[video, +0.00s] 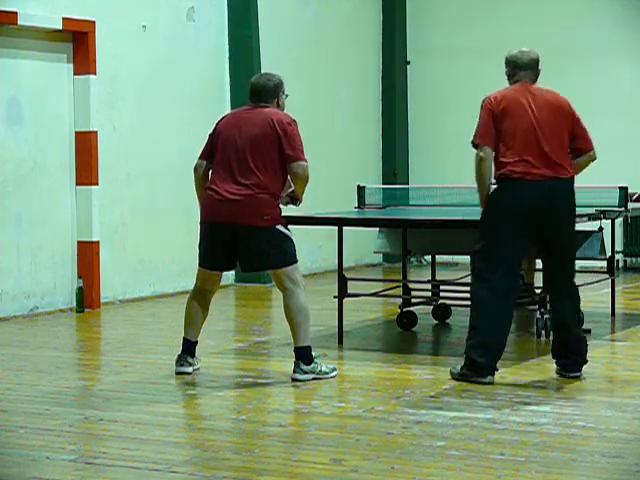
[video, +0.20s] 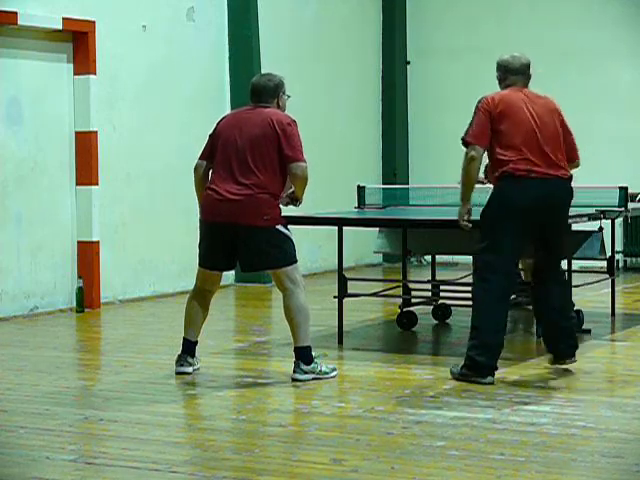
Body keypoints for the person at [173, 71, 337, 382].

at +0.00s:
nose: (286, 102)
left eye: (285, 98)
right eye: (285, 98)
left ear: (250, 98)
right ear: (278, 99)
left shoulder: (226, 121)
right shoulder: (283, 122)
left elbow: (201, 168)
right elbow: (299, 171)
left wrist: (207, 207)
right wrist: (297, 193)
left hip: (216, 216)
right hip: (261, 216)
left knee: (203, 288)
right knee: (292, 285)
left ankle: (186, 355)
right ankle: (304, 361)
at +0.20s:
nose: (287, 103)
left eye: (286, 98)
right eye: (286, 98)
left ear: (252, 98)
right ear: (278, 99)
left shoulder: (227, 121)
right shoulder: (283, 122)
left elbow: (201, 169)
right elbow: (299, 171)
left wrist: (206, 205)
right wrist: (297, 194)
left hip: (215, 215)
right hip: (260, 215)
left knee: (203, 288)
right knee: (292, 285)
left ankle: (186, 355)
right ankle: (304, 361)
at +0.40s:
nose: (288, 102)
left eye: (288, 97)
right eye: (287, 98)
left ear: (254, 98)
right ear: (278, 99)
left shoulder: (228, 121)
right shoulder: (283, 122)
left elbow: (201, 168)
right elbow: (299, 172)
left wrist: (209, 203)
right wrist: (297, 194)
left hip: (216, 215)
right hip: (261, 215)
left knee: (203, 288)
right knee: (292, 286)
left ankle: (186, 356)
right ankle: (304, 361)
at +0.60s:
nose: (290, 103)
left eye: (289, 98)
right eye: (288, 98)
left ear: (256, 99)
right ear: (278, 99)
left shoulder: (228, 121)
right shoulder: (284, 122)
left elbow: (202, 168)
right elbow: (298, 172)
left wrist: (210, 202)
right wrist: (297, 194)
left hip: (215, 214)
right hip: (260, 214)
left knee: (203, 288)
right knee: (291, 286)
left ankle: (186, 356)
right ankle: (304, 361)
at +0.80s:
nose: (290, 103)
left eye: (290, 98)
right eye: (288, 98)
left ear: (256, 99)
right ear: (279, 99)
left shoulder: (229, 121)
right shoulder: (284, 122)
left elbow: (202, 168)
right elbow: (300, 172)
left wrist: (210, 203)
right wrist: (298, 195)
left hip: (215, 214)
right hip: (260, 215)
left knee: (203, 288)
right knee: (292, 286)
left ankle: (186, 356)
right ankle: (304, 361)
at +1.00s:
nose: (289, 104)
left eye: (289, 99)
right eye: (288, 99)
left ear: (255, 101)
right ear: (279, 101)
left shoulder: (229, 122)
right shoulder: (284, 123)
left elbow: (202, 169)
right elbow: (301, 173)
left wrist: (209, 204)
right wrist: (298, 196)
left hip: (215, 215)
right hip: (260, 215)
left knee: (204, 287)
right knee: (293, 285)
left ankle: (187, 355)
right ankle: (305, 361)